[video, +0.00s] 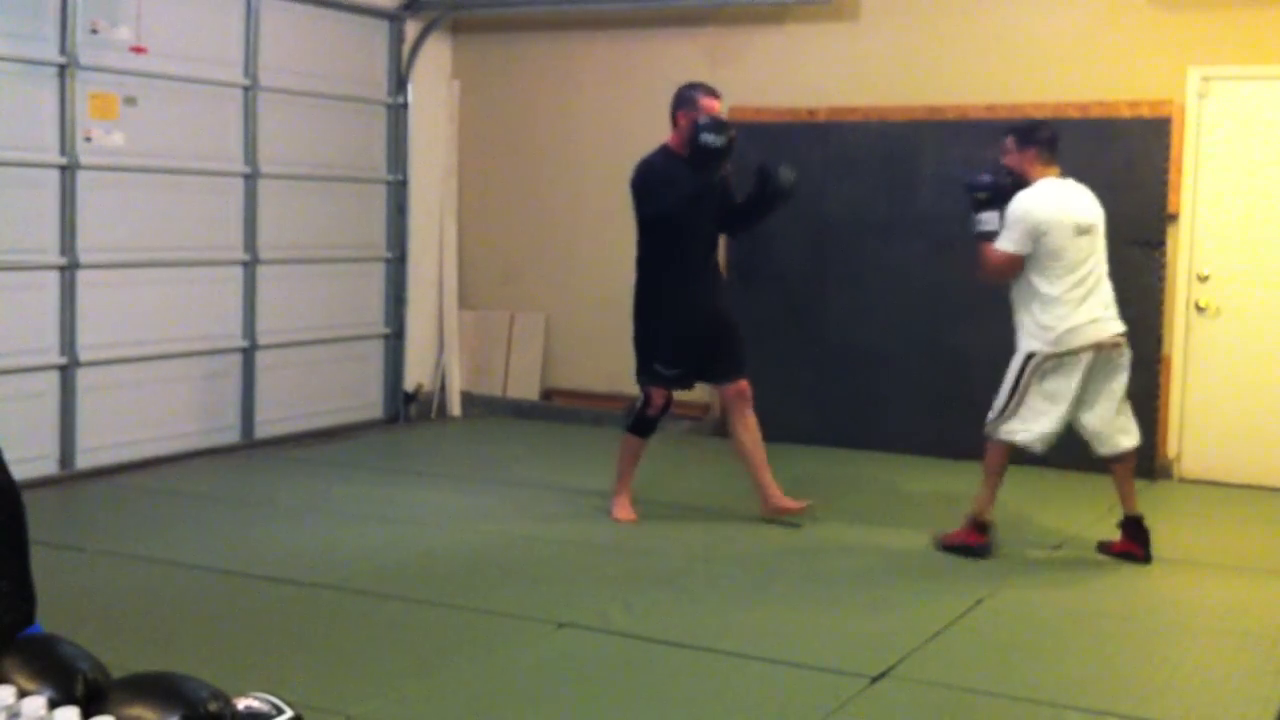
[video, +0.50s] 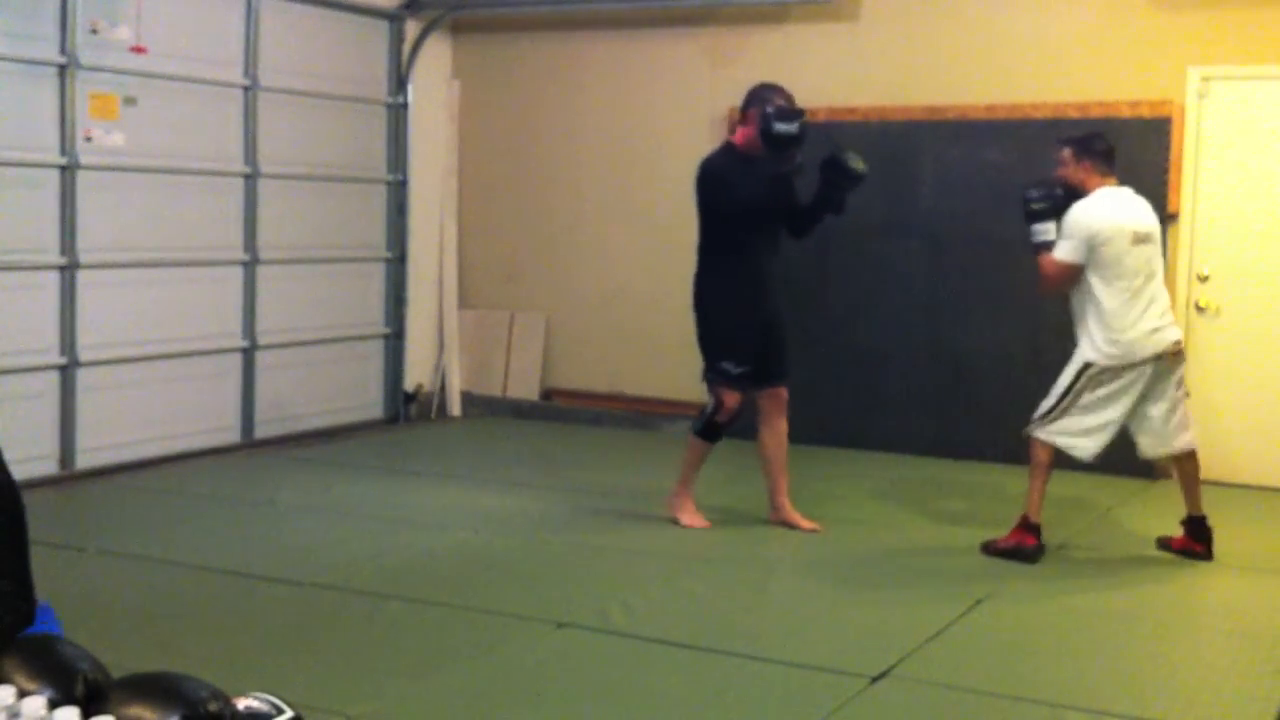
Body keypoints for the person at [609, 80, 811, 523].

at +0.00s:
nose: (715, 129)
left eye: (719, 121)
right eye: (707, 120)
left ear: (718, 123)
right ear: (680, 118)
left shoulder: (710, 168)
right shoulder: (654, 171)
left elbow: (730, 222)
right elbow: (673, 222)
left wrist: (768, 195)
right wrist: (706, 162)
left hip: (706, 298)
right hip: (661, 300)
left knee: (738, 392)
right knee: (656, 399)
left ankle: (771, 496)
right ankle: (621, 494)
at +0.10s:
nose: (721, 133)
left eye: (726, 124)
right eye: (714, 124)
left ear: (729, 126)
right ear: (690, 123)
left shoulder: (723, 173)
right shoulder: (665, 174)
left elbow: (758, 222)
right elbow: (680, 221)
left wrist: (786, 184)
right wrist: (719, 163)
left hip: (716, 302)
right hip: (671, 302)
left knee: (742, 400)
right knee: (662, 401)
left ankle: (775, 502)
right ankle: (622, 493)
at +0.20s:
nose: (745, 135)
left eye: (748, 126)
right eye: (737, 125)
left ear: (750, 127)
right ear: (713, 122)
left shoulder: (744, 174)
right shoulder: (686, 173)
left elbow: (781, 223)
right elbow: (702, 224)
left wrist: (804, 175)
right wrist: (745, 161)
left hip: (739, 303)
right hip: (692, 304)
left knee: (761, 397)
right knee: (683, 405)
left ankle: (779, 502)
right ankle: (627, 486)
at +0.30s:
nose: (757, 138)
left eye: (762, 129)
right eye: (750, 126)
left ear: (765, 128)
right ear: (726, 122)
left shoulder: (755, 173)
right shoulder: (699, 172)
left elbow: (790, 225)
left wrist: (815, 180)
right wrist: (757, 163)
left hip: (752, 302)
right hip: (706, 302)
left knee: (767, 400)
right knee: (701, 406)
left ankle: (779, 503)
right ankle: (639, 478)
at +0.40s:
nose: (773, 134)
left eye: (777, 126)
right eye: (765, 124)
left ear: (777, 125)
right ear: (740, 121)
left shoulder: (765, 170)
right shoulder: (709, 170)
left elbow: (798, 227)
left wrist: (823, 183)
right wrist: (768, 164)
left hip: (760, 299)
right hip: (716, 300)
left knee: (769, 399)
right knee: (716, 400)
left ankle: (779, 503)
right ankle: (659, 482)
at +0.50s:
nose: (777, 139)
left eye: (783, 130)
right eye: (771, 129)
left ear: (783, 127)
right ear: (749, 120)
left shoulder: (771, 168)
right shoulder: (717, 169)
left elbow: (797, 226)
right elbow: (744, 220)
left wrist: (832, 189)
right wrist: (777, 162)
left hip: (760, 291)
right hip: (720, 293)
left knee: (775, 396)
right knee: (728, 399)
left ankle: (780, 505)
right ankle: (681, 496)